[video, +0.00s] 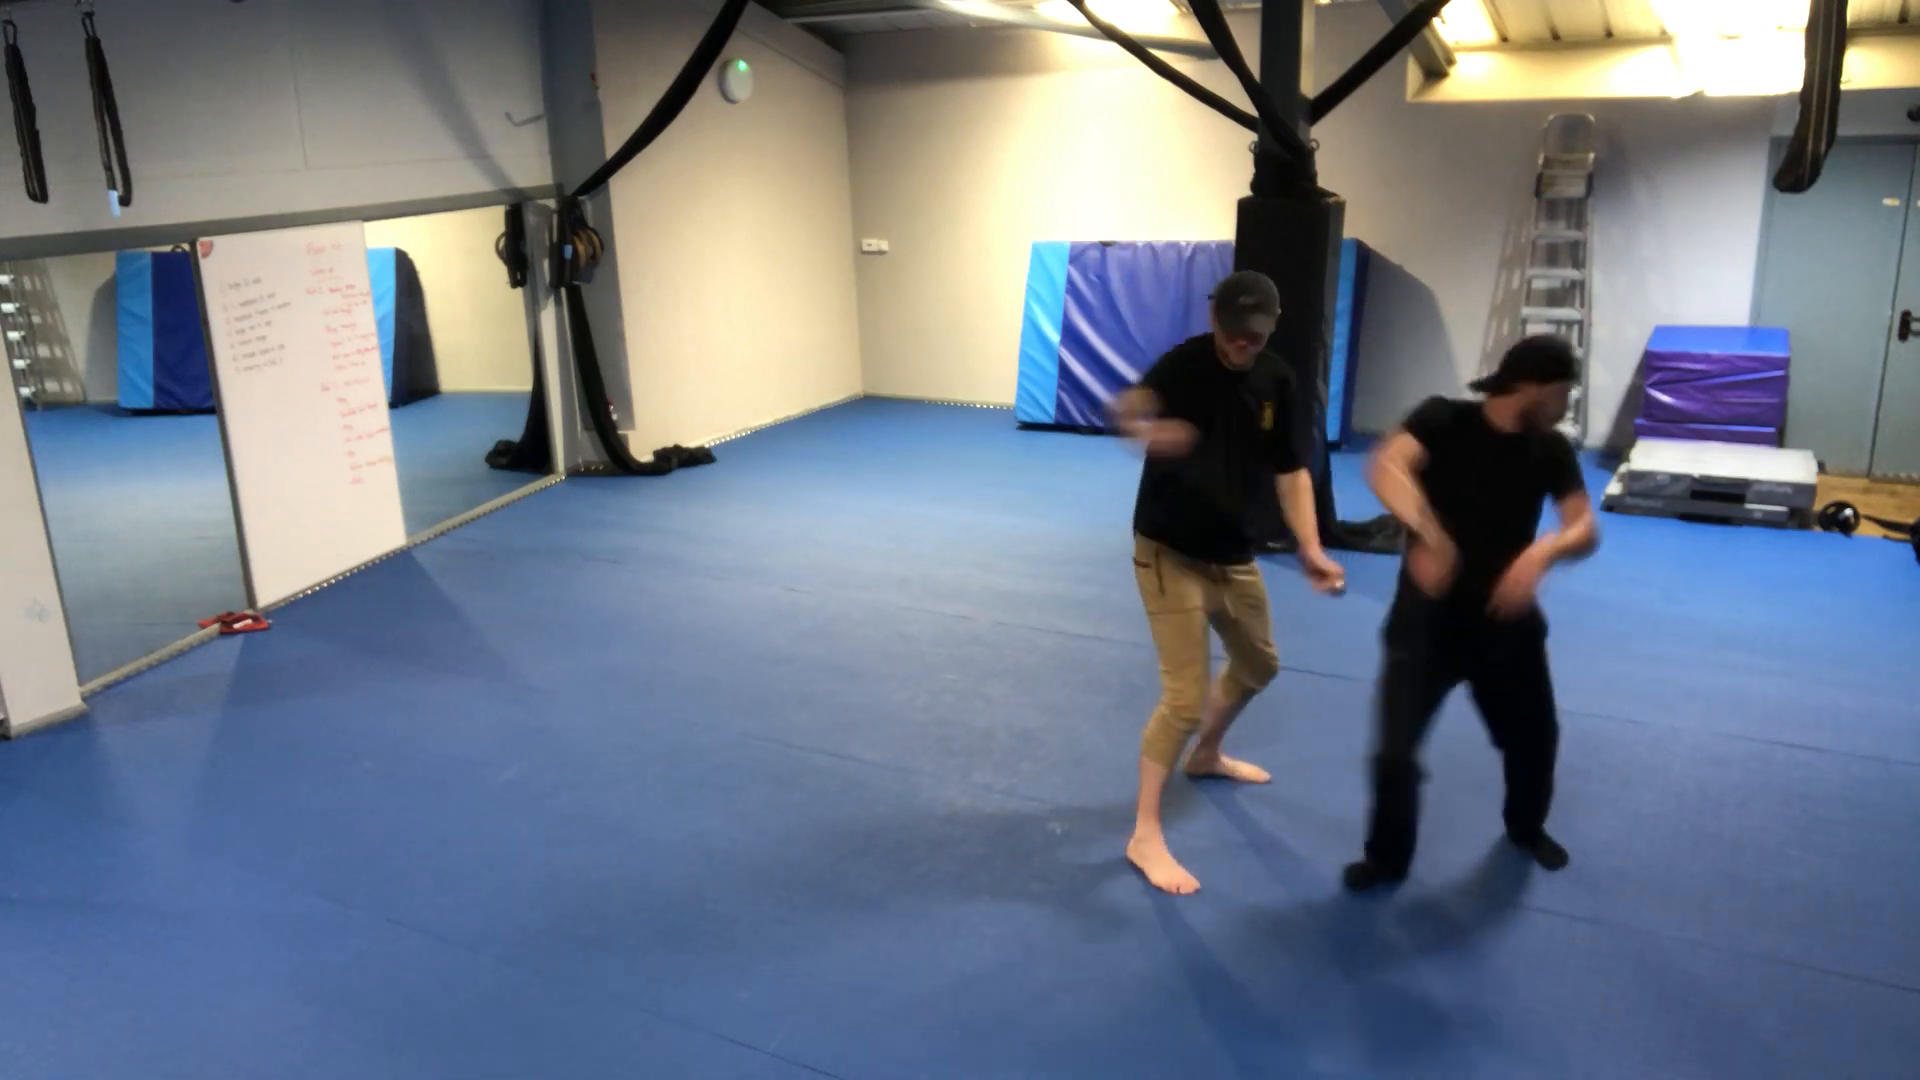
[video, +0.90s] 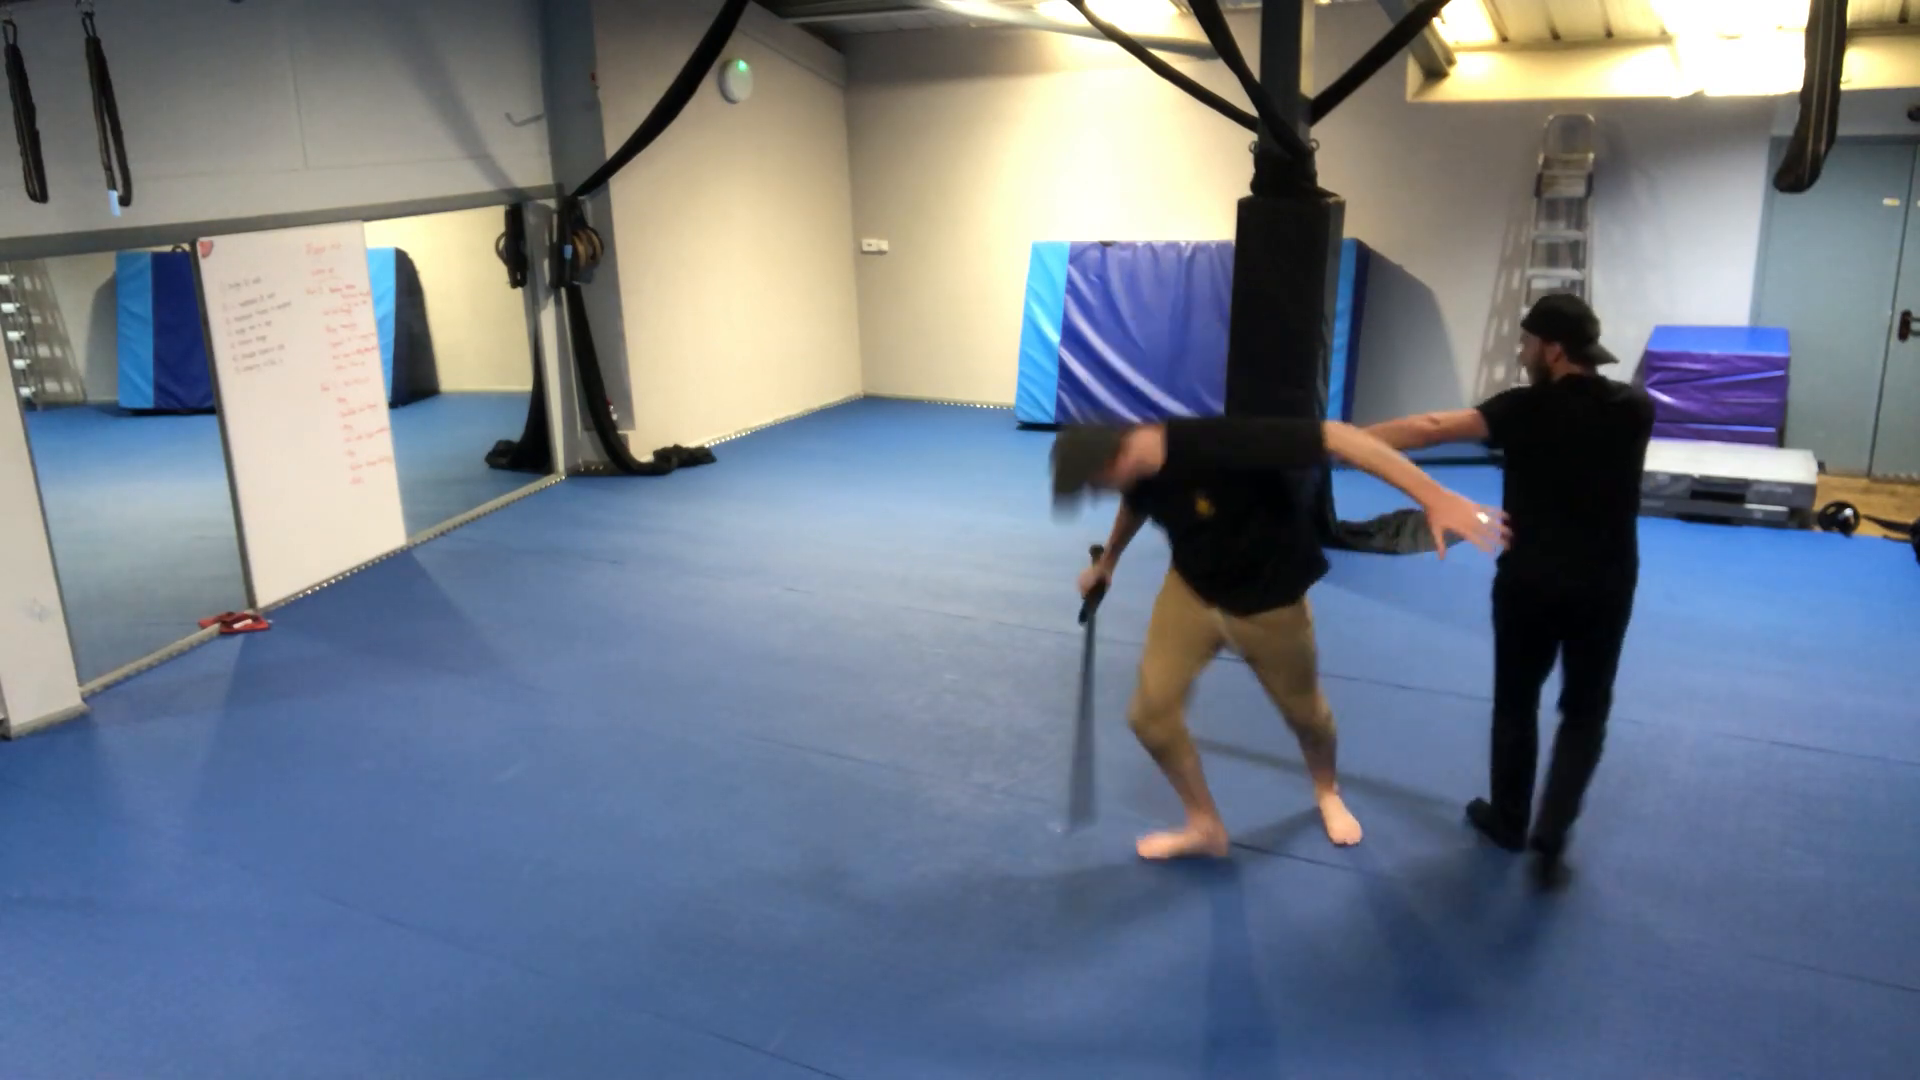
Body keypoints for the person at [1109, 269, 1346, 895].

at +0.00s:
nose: (1244, 347)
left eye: (1255, 338)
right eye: (1235, 335)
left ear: (1272, 330)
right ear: (1213, 319)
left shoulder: (1277, 382)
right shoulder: (1184, 363)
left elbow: (1292, 472)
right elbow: (1124, 411)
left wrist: (1311, 548)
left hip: (1233, 557)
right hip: (1168, 552)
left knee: (1255, 664)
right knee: (1182, 699)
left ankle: (1204, 752)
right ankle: (1145, 834)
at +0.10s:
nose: (1236, 355)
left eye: (1248, 344)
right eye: (1226, 342)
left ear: (1266, 335)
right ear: (1208, 329)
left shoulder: (1289, 390)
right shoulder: (1173, 371)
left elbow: (1297, 481)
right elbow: (1081, 401)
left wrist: (1269, 554)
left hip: (1244, 563)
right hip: (1173, 554)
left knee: (1249, 667)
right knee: (1171, 696)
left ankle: (1204, 752)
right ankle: (1140, 830)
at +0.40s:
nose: (1173, 384)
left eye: (1184, 373)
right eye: (1163, 373)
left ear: (1211, 354)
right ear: (1152, 363)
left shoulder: (1257, 405)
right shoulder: (1157, 397)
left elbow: (1280, 515)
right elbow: (1134, 458)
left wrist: (1219, 600)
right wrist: (1071, 507)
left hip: (1254, 584)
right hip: (1177, 573)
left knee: (1285, 713)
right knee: (1136, 709)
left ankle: (1303, 784)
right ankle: (1130, 841)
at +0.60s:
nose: (1186, 371)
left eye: (1191, 357)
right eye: (1179, 361)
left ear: (1226, 336)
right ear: (1175, 355)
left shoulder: (1289, 402)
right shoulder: (1181, 403)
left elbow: (1340, 498)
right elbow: (1170, 482)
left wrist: (1295, 590)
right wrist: (1125, 542)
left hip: (1274, 590)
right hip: (1196, 577)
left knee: (1306, 709)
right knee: (1130, 700)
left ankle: (1329, 796)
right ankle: (1144, 819)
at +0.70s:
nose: (1158, 337)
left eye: (1171, 325)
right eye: (1157, 326)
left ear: (1211, 332)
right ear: (1159, 334)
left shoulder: (1273, 400)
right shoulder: (1165, 405)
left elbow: (1358, 467)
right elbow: (1164, 479)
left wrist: (1368, 548)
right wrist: (1124, 542)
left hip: (1278, 589)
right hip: (1197, 570)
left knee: (1309, 703)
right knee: (1133, 687)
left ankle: (1328, 793)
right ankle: (1167, 798)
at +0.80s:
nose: (1118, 391)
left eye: (1127, 377)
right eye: (1117, 379)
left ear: (1169, 375)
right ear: (1156, 378)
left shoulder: (1244, 416)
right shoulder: (1144, 433)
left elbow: (1358, 438)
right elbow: (1149, 480)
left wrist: (1429, 524)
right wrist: (1114, 543)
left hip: (1279, 593)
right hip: (1199, 573)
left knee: (1312, 700)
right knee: (1138, 681)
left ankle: (1328, 791)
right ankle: (1178, 791)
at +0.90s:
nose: (1112, 481)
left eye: (1110, 470)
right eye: (1104, 476)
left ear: (1128, 442)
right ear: (1109, 456)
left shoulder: (1217, 441)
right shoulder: (1142, 472)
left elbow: (1337, 436)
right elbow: (1132, 510)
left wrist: (1436, 496)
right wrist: (1105, 562)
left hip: (1269, 606)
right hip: (1191, 594)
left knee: (1308, 716)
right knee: (1152, 716)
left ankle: (1327, 791)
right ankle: (1204, 825)